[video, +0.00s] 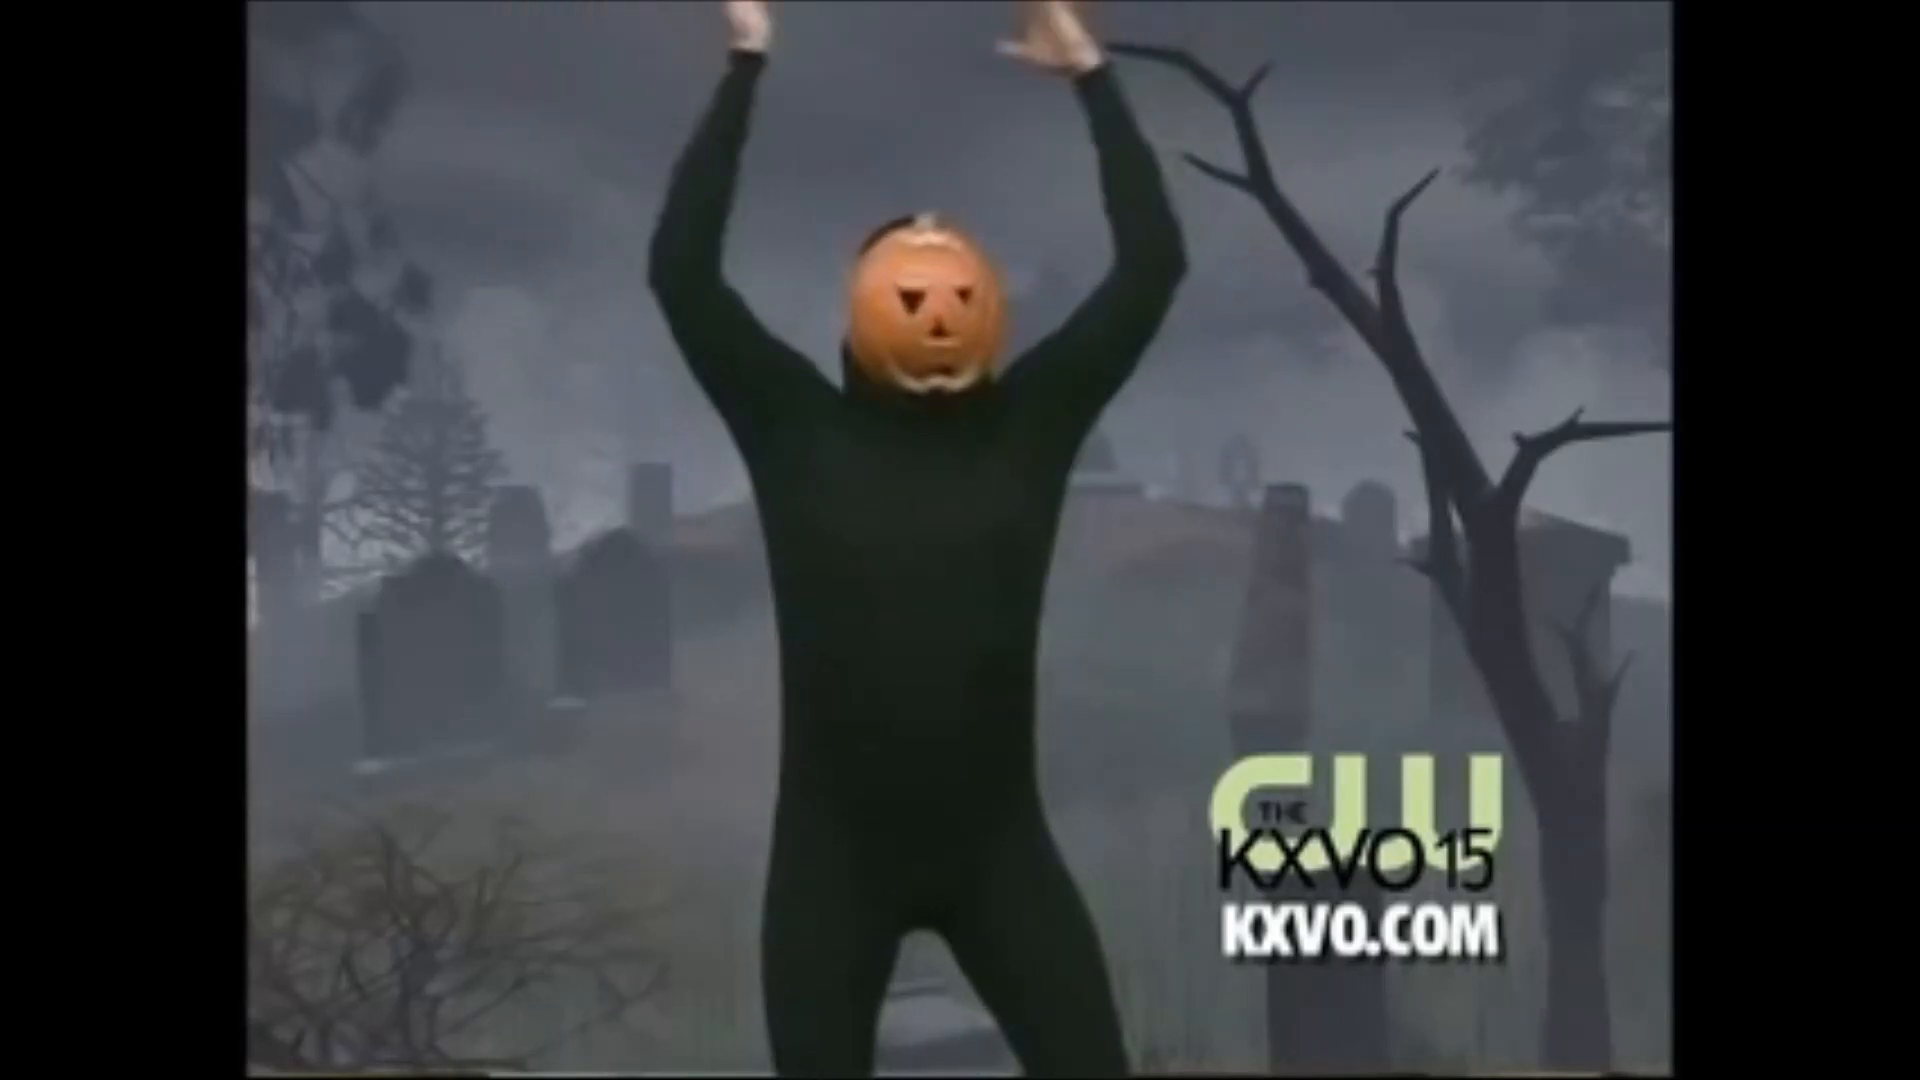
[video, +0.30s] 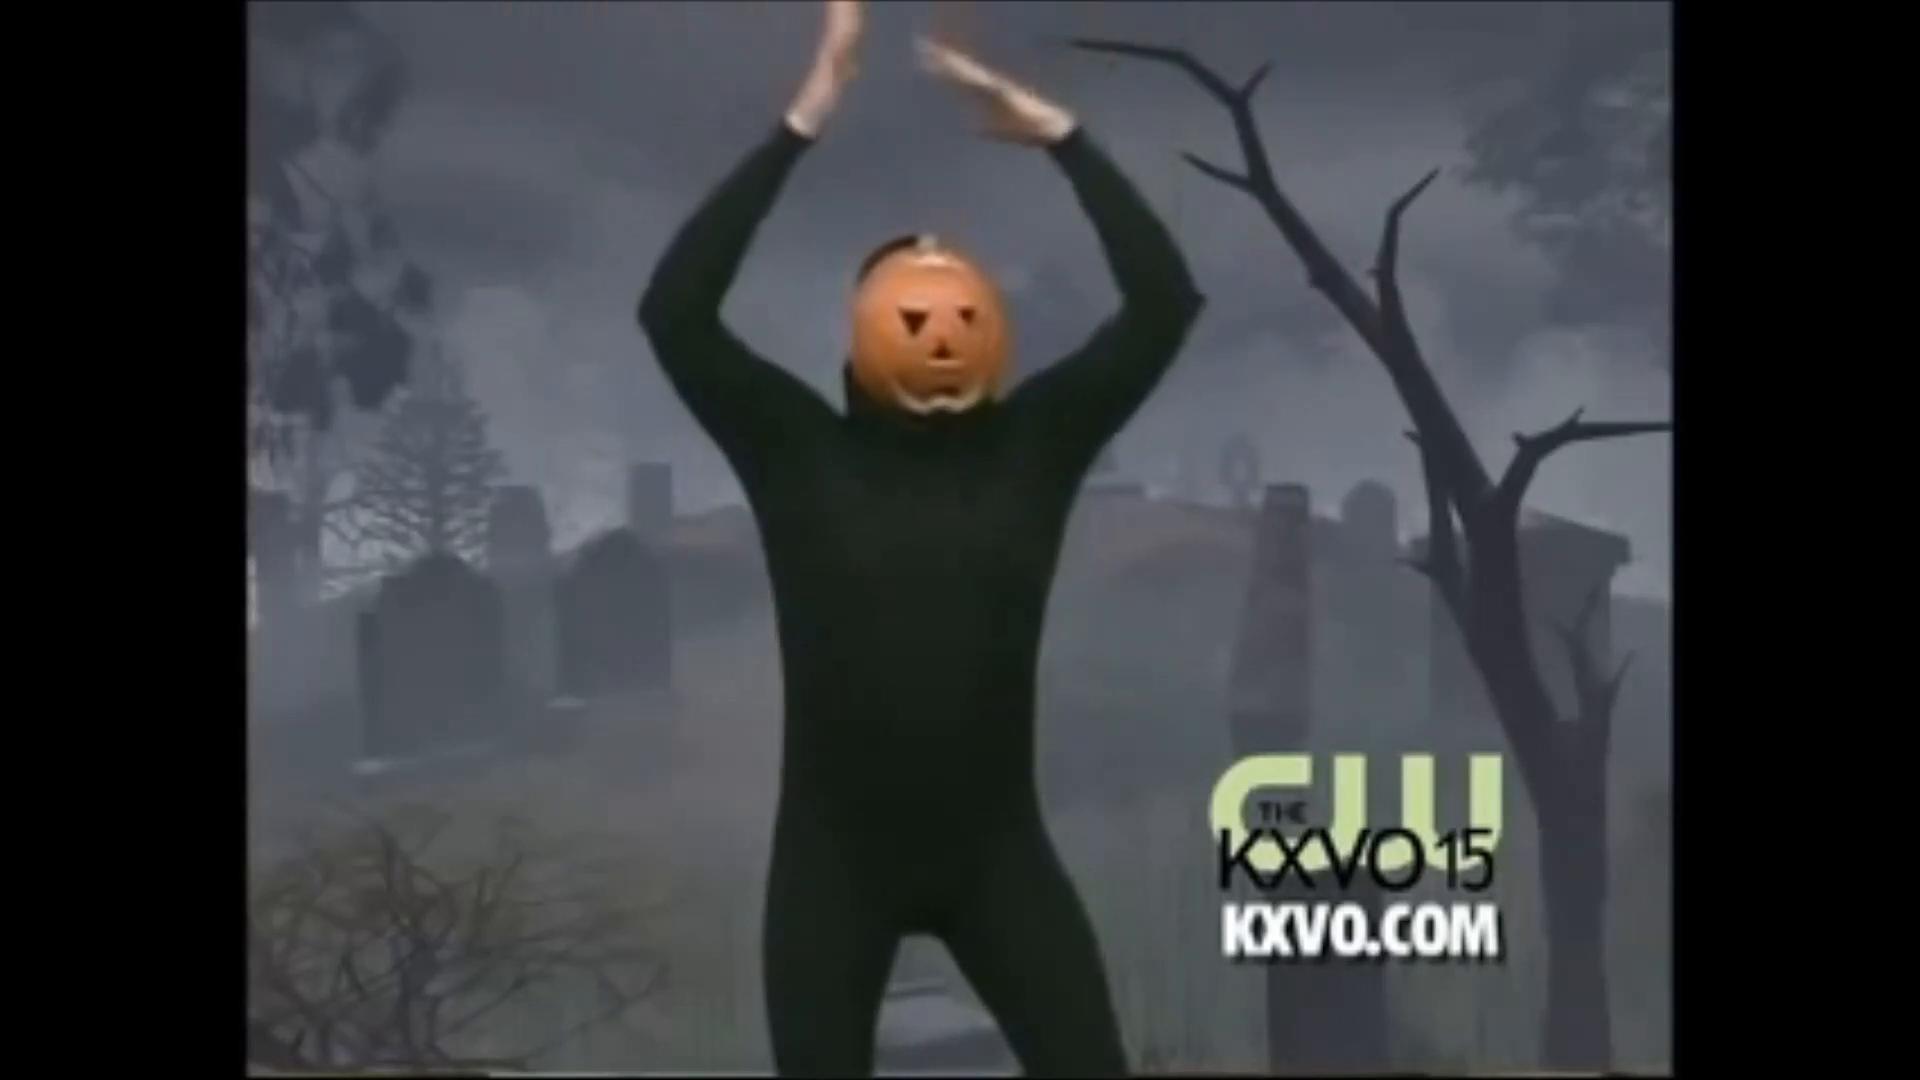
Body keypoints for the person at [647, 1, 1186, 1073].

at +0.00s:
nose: (934, 298)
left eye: (960, 286)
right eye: (901, 284)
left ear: (998, 328)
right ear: (853, 330)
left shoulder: (1033, 425)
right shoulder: (791, 422)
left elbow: (1151, 260)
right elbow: (682, 267)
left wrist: (1090, 71)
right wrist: (744, 62)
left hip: (999, 845)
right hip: (831, 851)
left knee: (1091, 1066)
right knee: (817, 1066)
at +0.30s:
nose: (939, 324)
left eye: (965, 309)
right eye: (906, 305)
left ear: (1001, 350)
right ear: (854, 350)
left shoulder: (1037, 446)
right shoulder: (794, 449)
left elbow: (1163, 303)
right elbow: (675, 312)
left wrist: (1064, 137)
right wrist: (797, 125)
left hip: (997, 852)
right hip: (832, 857)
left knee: (1090, 1067)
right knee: (818, 1068)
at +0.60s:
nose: (945, 337)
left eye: (969, 321)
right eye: (913, 321)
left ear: (1004, 352)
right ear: (858, 357)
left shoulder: (1046, 461)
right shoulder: (791, 460)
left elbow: (1202, 338)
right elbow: (643, 349)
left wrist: (1106, 195)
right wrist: (757, 190)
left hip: (997, 854)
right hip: (834, 859)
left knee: (1085, 1065)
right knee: (822, 1067)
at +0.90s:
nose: (943, 346)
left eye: (967, 328)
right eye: (911, 328)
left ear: (1002, 358)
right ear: (858, 358)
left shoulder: (1049, 465)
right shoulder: (783, 471)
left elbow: (1221, 372)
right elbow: (610, 396)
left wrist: (1169, 230)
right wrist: (683, 229)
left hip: (998, 861)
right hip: (835, 868)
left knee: (1083, 1065)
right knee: (825, 1068)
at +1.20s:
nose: (941, 354)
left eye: (966, 333)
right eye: (909, 333)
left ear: (1002, 361)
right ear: (855, 361)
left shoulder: (1053, 474)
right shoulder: (779, 482)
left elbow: (1236, 421)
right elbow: (590, 444)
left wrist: (1229, 266)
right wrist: (616, 271)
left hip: (997, 865)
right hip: (834, 874)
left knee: (1083, 1066)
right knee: (827, 1073)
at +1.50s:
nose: (937, 352)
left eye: (964, 331)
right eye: (903, 330)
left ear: (998, 364)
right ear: (853, 365)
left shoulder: (1053, 487)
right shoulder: (775, 494)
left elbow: (1239, 493)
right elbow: (580, 530)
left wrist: (1306, 341)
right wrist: (523, 360)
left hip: (992, 866)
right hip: (829, 873)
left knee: (1076, 1066)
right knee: (824, 1070)